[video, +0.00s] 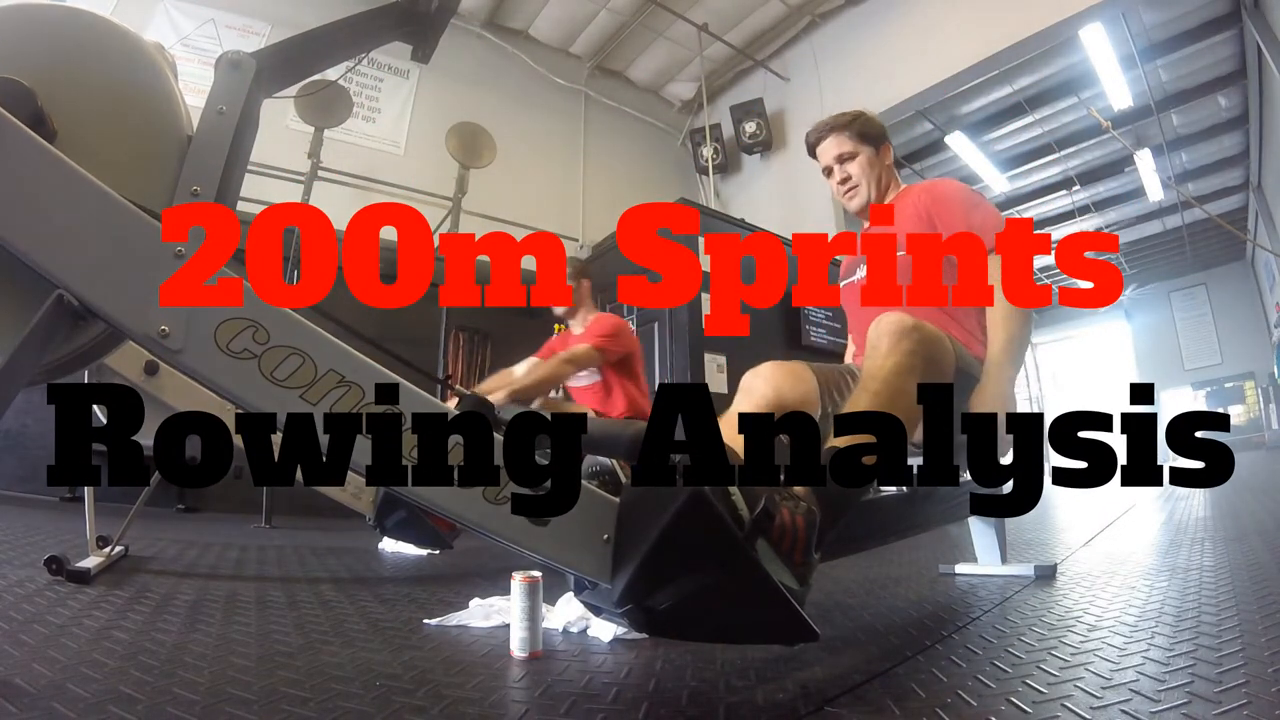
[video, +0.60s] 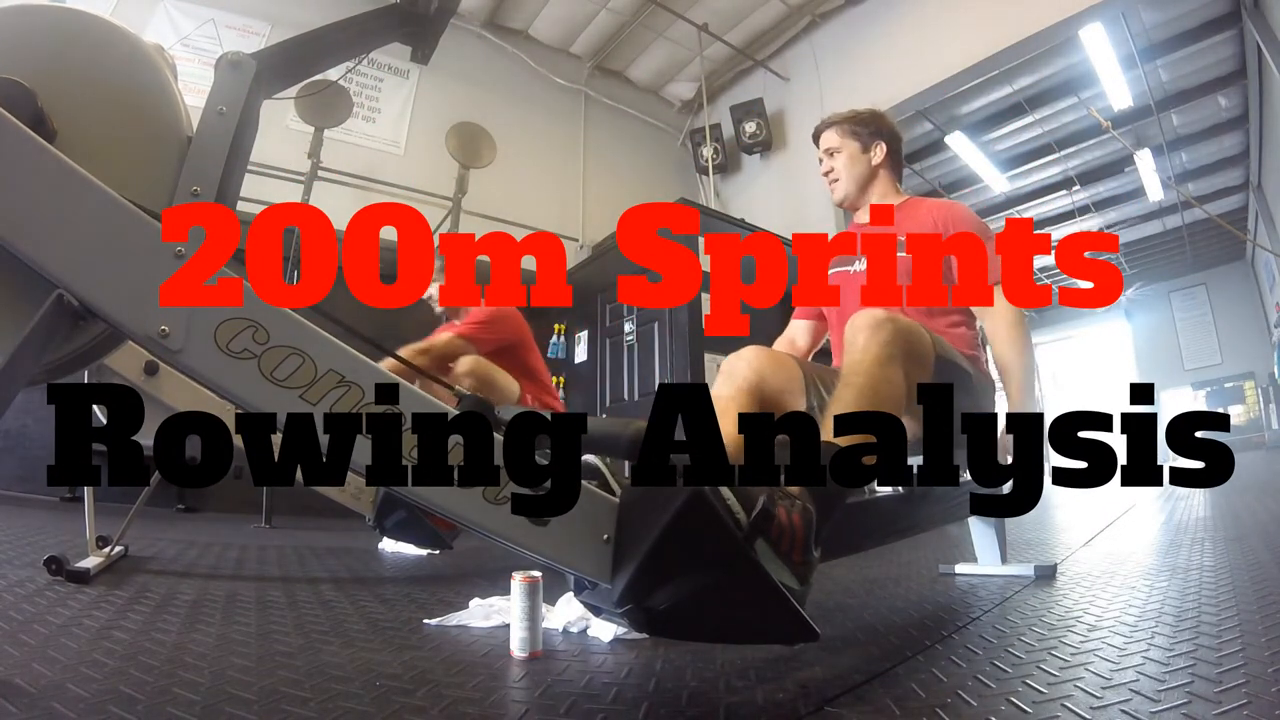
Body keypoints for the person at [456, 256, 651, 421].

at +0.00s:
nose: (554, 295)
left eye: (563, 285)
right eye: (551, 287)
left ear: (585, 286)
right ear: (545, 293)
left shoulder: (613, 326)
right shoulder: (563, 340)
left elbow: (572, 363)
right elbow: (518, 372)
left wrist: (510, 394)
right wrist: (473, 395)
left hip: (630, 430)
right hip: (592, 430)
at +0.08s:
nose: (534, 294)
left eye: (540, 286)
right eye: (531, 288)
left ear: (568, 284)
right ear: (528, 291)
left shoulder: (598, 324)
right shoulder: (547, 339)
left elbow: (551, 363)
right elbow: (505, 371)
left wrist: (485, 396)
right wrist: (460, 393)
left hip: (616, 426)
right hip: (573, 420)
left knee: (533, 395)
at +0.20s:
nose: (503, 294)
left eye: (511, 282)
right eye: (501, 285)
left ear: (532, 281)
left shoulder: (569, 321)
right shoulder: (517, 337)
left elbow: (514, 361)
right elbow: (488, 365)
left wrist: (452, 385)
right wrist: (446, 385)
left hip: (596, 419)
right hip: (547, 414)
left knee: (513, 386)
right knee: (485, 392)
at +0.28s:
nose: (485, 295)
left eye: (490, 286)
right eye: (482, 288)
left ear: (517, 280)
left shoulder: (554, 319)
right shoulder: (504, 336)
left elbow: (497, 361)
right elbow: (472, 367)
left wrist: (426, 388)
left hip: (584, 413)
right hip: (539, 412)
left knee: (510, 383)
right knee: (472, 384)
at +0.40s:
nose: (458, 293)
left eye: (465, 282)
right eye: (457, 284)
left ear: (487, 280)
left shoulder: (527, 316)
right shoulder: (474, 335)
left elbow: (468, 360)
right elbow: (445, 365)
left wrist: (404, 382)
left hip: (561, 411)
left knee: (494, 374)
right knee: (445, 378)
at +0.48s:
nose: (442, 297)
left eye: (445, 287)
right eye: (439, 290)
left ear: (477, 279)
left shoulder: (514, 315)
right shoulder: (463, 333)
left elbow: (450, 358)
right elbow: (434, 363)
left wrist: (390, 379)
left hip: (552, 411)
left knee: (484, 370)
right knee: (426, 379)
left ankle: (467, 451)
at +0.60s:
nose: (427, 293)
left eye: (435, 282)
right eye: (428, 284)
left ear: (462, 282)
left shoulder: (497, 312)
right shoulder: (451, 327)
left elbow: (430, 353)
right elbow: (416, 357)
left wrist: (371, 377)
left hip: (539, 410)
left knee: (470, 366)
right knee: (420, 370)